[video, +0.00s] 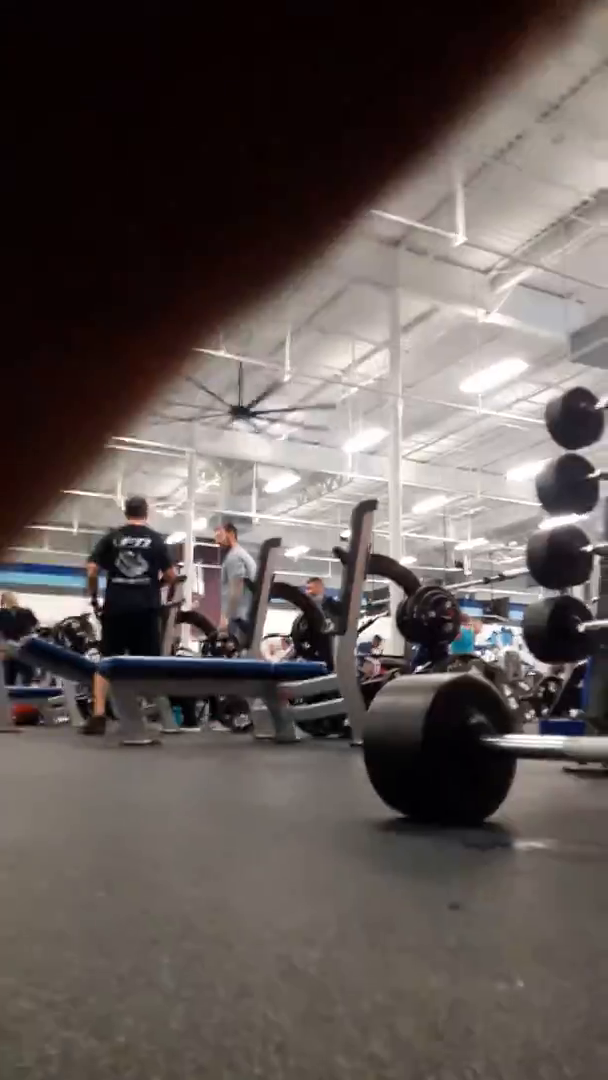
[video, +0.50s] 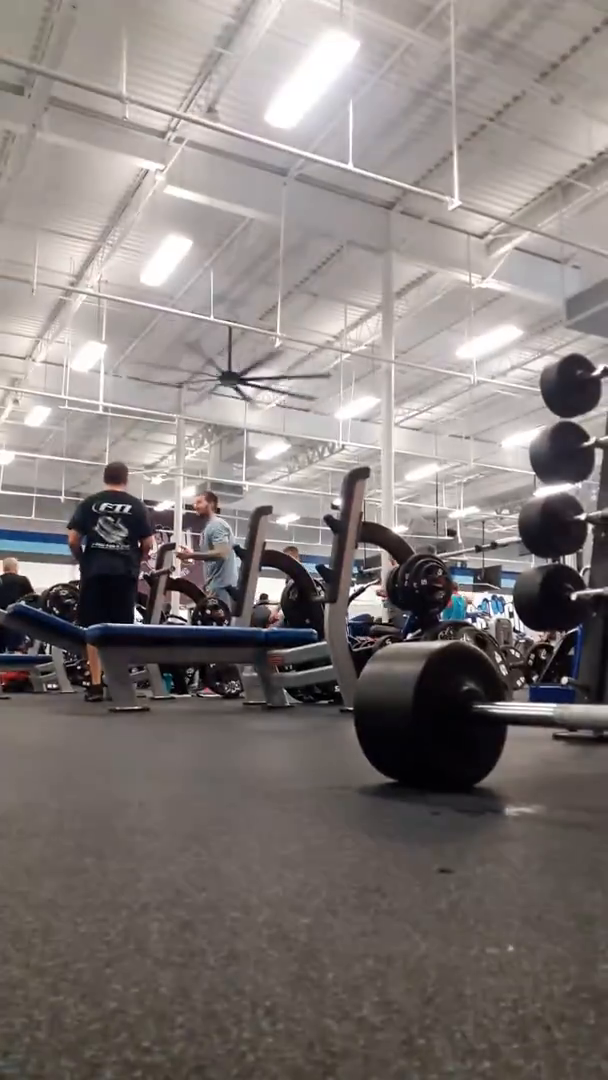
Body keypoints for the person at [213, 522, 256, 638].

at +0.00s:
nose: (216, 536)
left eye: (219, 531)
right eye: (215, 532)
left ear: (230, 533)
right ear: (230, 534)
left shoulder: (234, 557)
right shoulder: (241, 554)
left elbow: (236, 593)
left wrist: (225, 616)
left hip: (237, 618)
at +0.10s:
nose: (210, 518)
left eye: (213, 513)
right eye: (210, 514)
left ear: (224, 513)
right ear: (223, 513)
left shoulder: (228, 535)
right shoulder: (236, 532)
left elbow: (231, 567)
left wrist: (221, 594)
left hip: (232, 595)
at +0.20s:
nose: (203, 514)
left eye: (206, 510)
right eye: (203, 510)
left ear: (217, 510)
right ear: (216, 511)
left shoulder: (222, 531)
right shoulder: (226, 528)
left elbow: (227, 560)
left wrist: (213, 588)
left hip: (226, 589)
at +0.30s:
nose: (201, 507)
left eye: (204, 503)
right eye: (201, 503)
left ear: (215, 505)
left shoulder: (218, 527)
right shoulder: (223, 524)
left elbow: (225, 555)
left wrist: (203, 577)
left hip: (223, 585)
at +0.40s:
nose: (199, 505)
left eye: (203, 501)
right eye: (199, 501)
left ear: (212, 504)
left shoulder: (216, 525)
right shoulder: (222, 523)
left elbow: (223, 553)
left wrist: (196, 565)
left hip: (220, 585)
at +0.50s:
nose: (195, 506)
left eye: (199, 502)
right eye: (195, 503)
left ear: (210, 504)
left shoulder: (217, 525)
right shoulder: (210, 526)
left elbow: (222, 552)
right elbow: (213, 552)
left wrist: (192, 555)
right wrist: (192, 553)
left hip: (221, 583)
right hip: (215, 581)